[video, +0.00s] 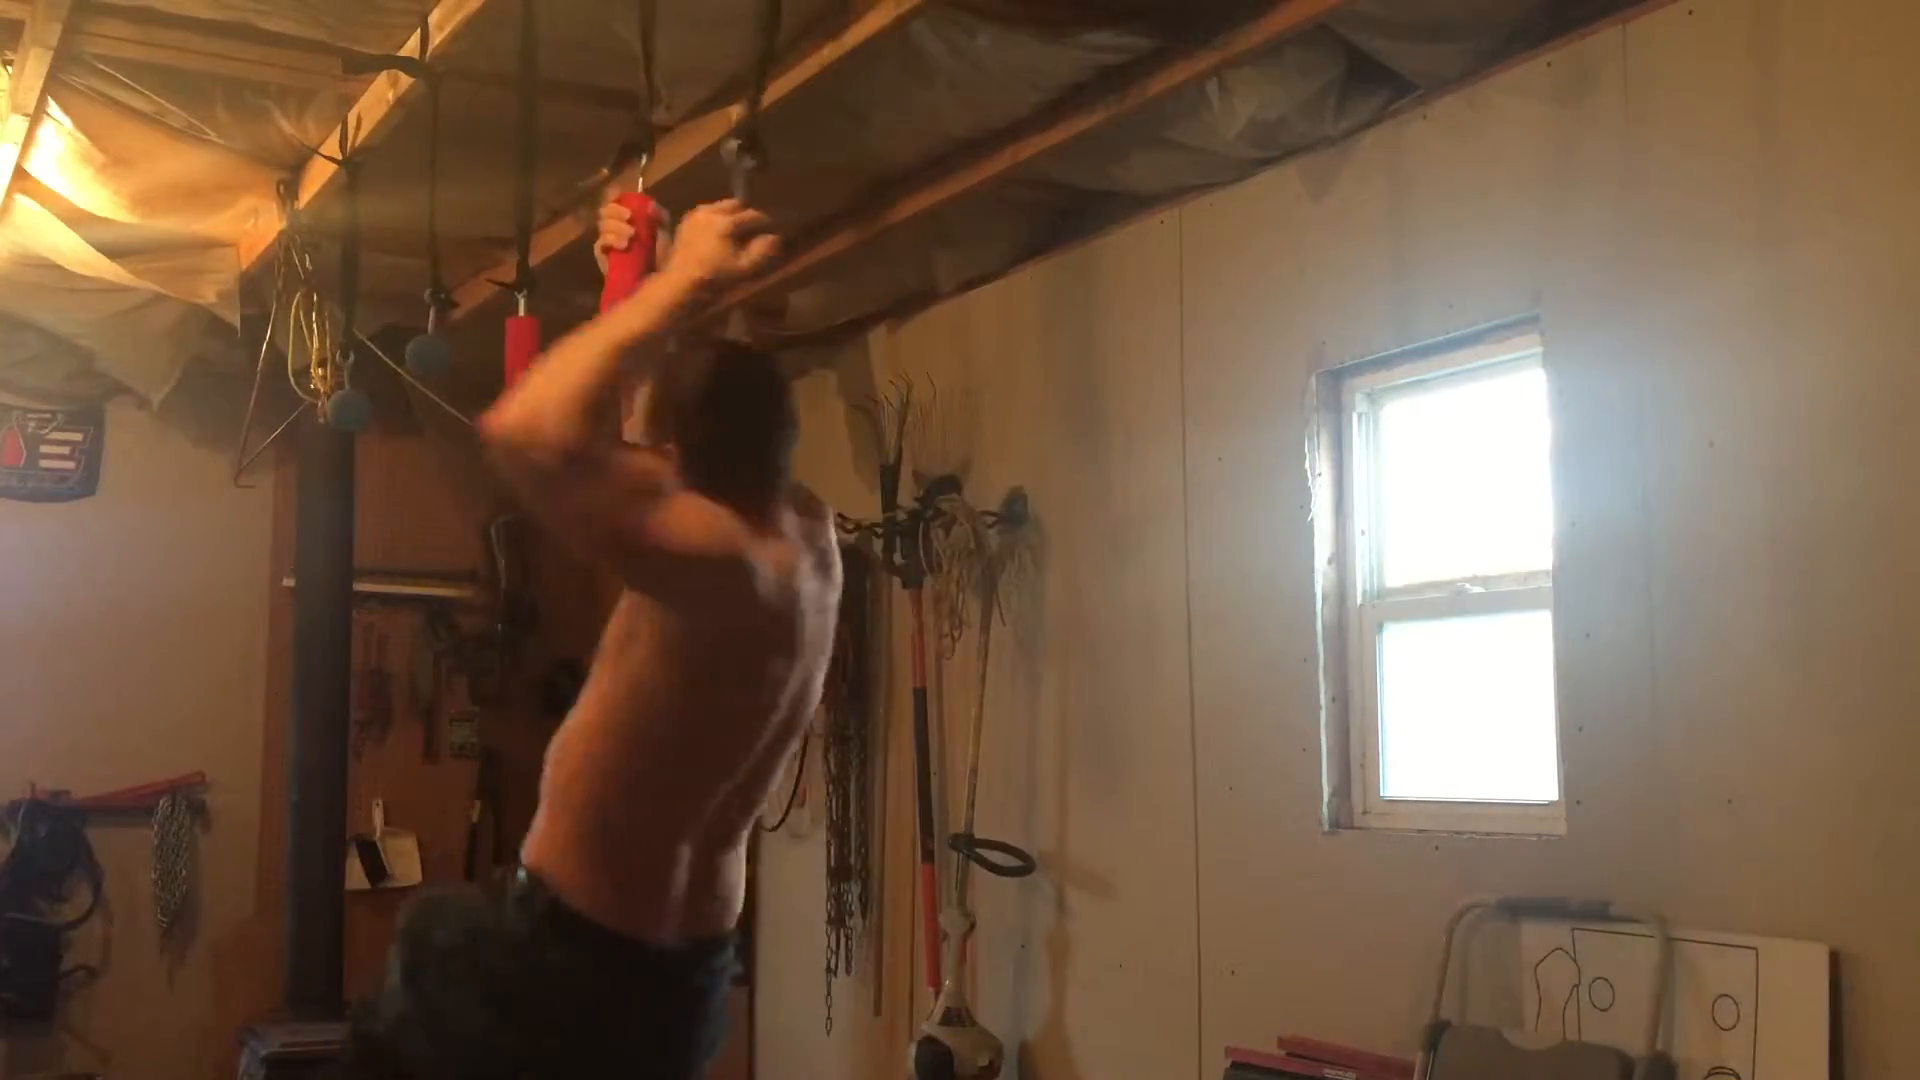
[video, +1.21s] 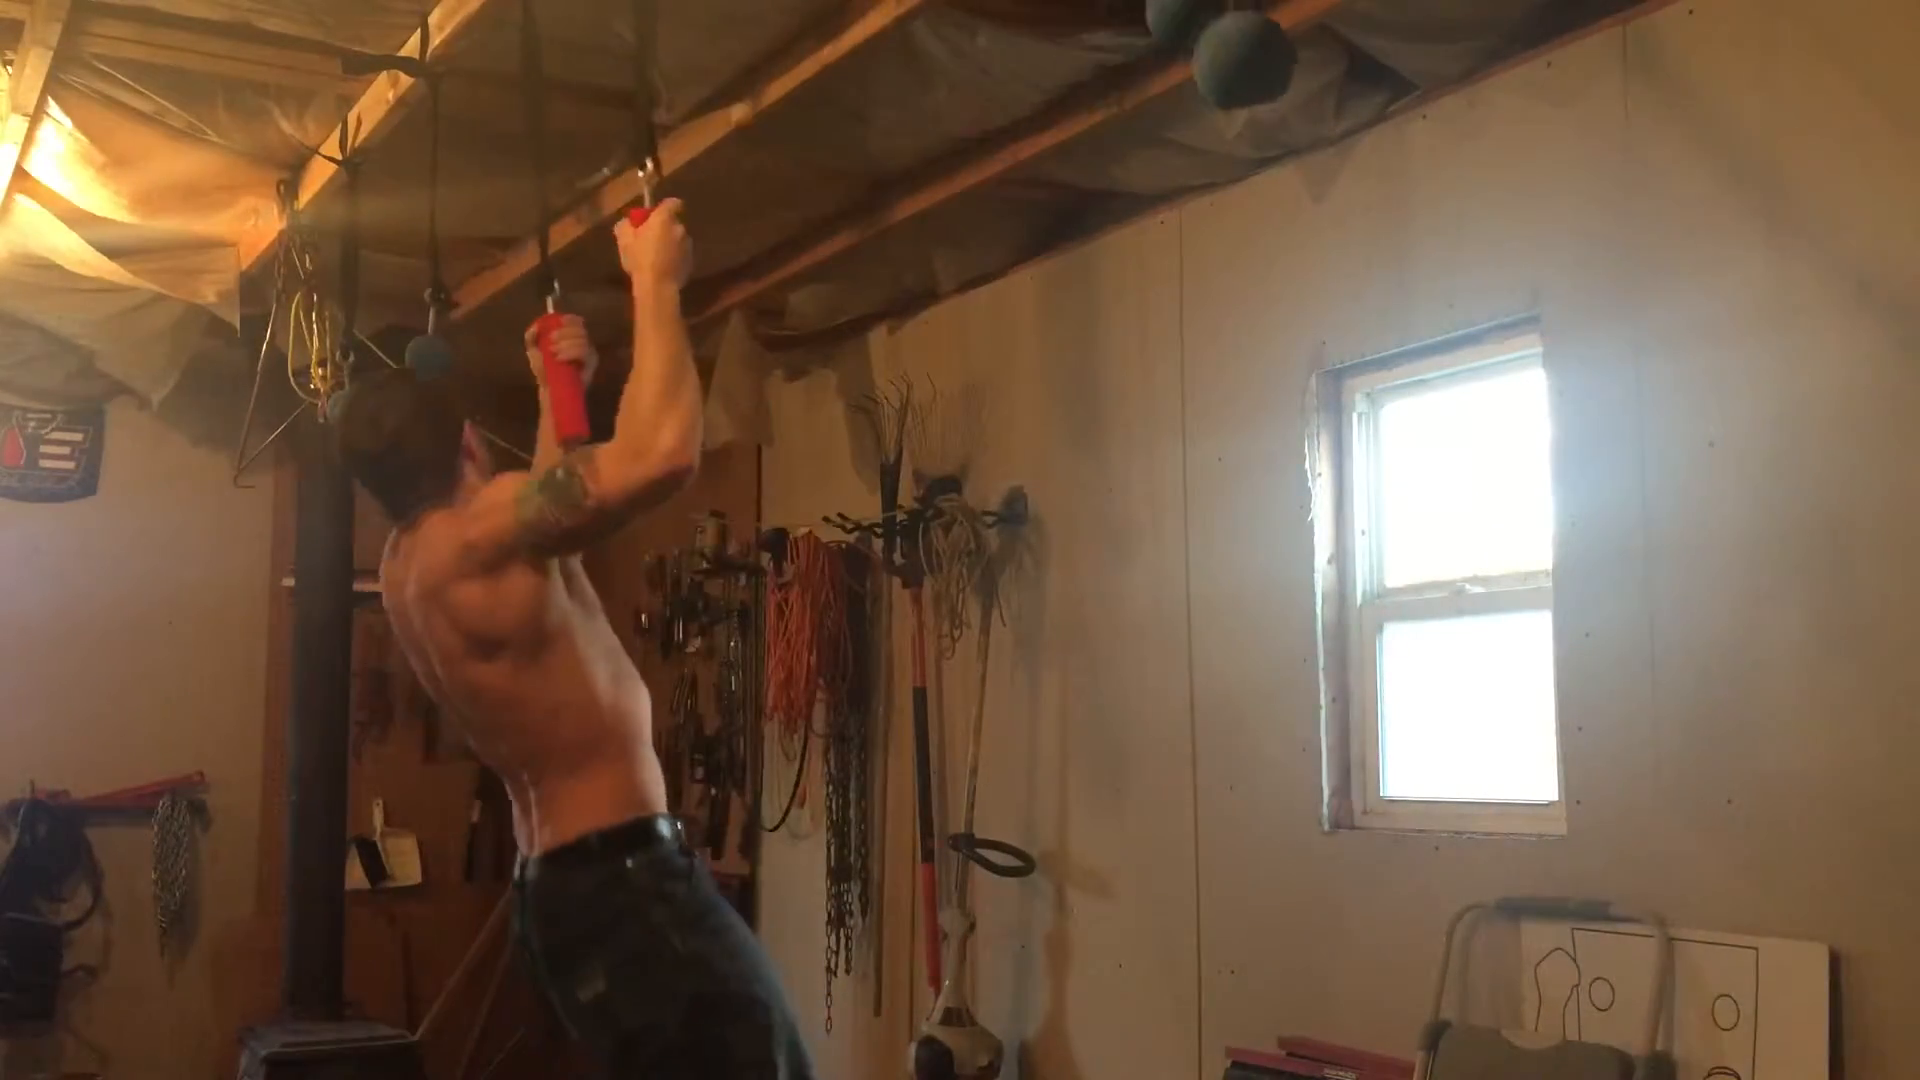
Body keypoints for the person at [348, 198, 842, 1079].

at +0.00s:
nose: (634, 434)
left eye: (646, 418)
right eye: (634, 417)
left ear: (674, 449)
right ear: (772, 438)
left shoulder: (709, 557)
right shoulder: (812, 546)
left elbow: (523, 431)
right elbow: (635, 447)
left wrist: (679, 280)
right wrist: (651, 314)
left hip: (575, 959)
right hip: (695, 965)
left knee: (429, 939)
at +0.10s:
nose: (606, 452)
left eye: (613, 431)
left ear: (621, 445)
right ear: (740, 438)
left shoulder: (616, 541)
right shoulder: (801, 540)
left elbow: (445, 393)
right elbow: (721, 450)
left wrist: (616, 269)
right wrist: (657, 290)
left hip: (539, 913)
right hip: (685, 938)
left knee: (425, 1025)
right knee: (642, 1064)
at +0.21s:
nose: (582, 439)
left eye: (580, 423)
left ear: (591, 434)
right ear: (705, 424)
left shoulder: (546, 539)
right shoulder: (778, 523)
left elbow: (420, 396)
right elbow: (697, 428)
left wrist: (521, 257)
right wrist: (672, 289)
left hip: (534, 878)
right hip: (684, 910)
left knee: (430, 938)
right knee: (655, 1049)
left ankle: (364, 1059)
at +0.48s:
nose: (585, 426)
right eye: (580, 412)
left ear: (453, 440)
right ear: (574, 436)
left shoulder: (418, 547)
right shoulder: (648, 518)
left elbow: (452, 464)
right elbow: (714, 446)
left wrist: (507, 375)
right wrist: (645, 292)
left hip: (533, 878)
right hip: (681, 881)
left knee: (516, 1046)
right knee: (746, 1055)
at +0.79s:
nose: (468, 472)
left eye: (461, 463)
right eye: (457, 462)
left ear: (357, 531)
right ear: (450, 492)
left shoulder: (376, 616)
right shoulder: (520, 569)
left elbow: (480, 515)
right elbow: (703, 458)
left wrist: (512, 388)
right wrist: (647, 289)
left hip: (538, 932)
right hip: (659, 929)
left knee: (608, 1065)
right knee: (815, 1065)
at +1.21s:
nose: (485, 442)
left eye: (475, 431)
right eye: (475, 430)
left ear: (379, 482)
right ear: (464, 445)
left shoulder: (405, 567)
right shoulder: (474, 530)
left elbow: (557, 514)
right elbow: (660, 450)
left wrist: (560, 394)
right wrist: (656, 281)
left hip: (555, 889)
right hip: (625, 881)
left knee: (655, 1059)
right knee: (763, 1058)